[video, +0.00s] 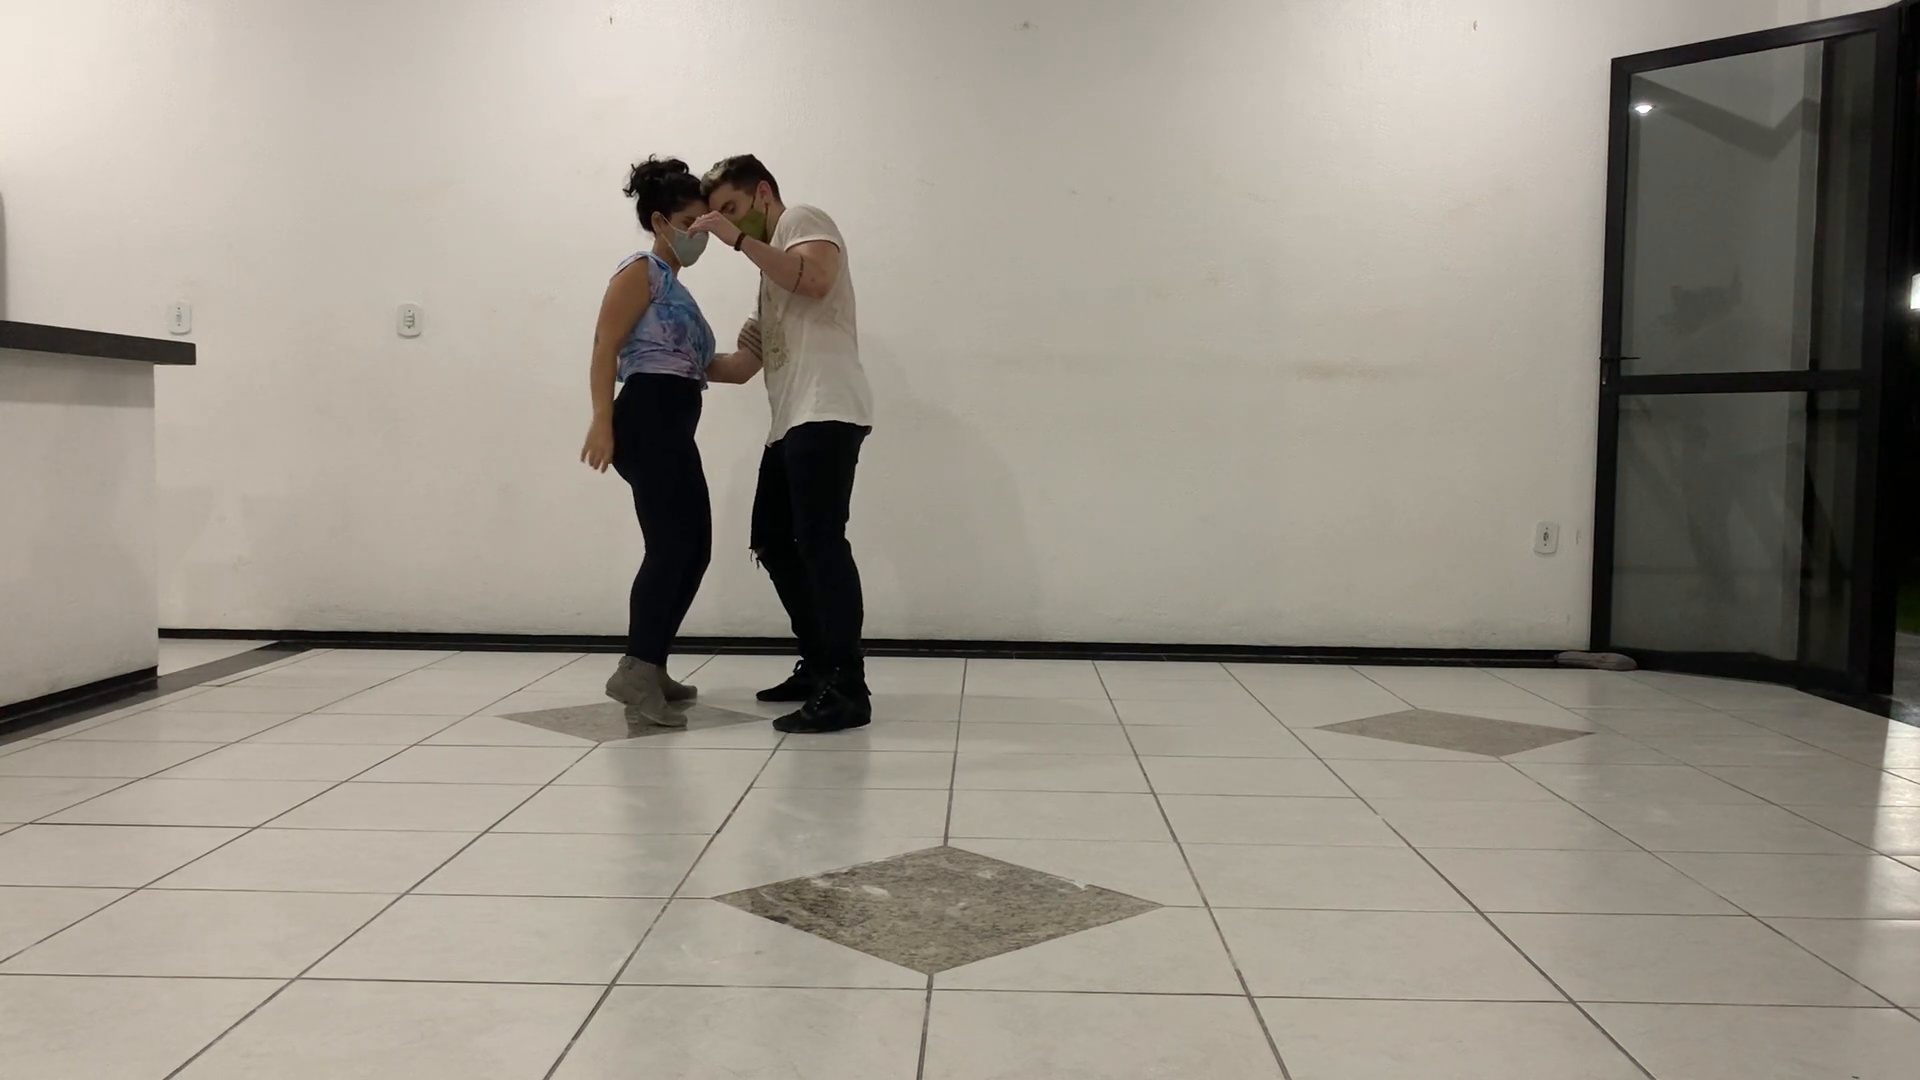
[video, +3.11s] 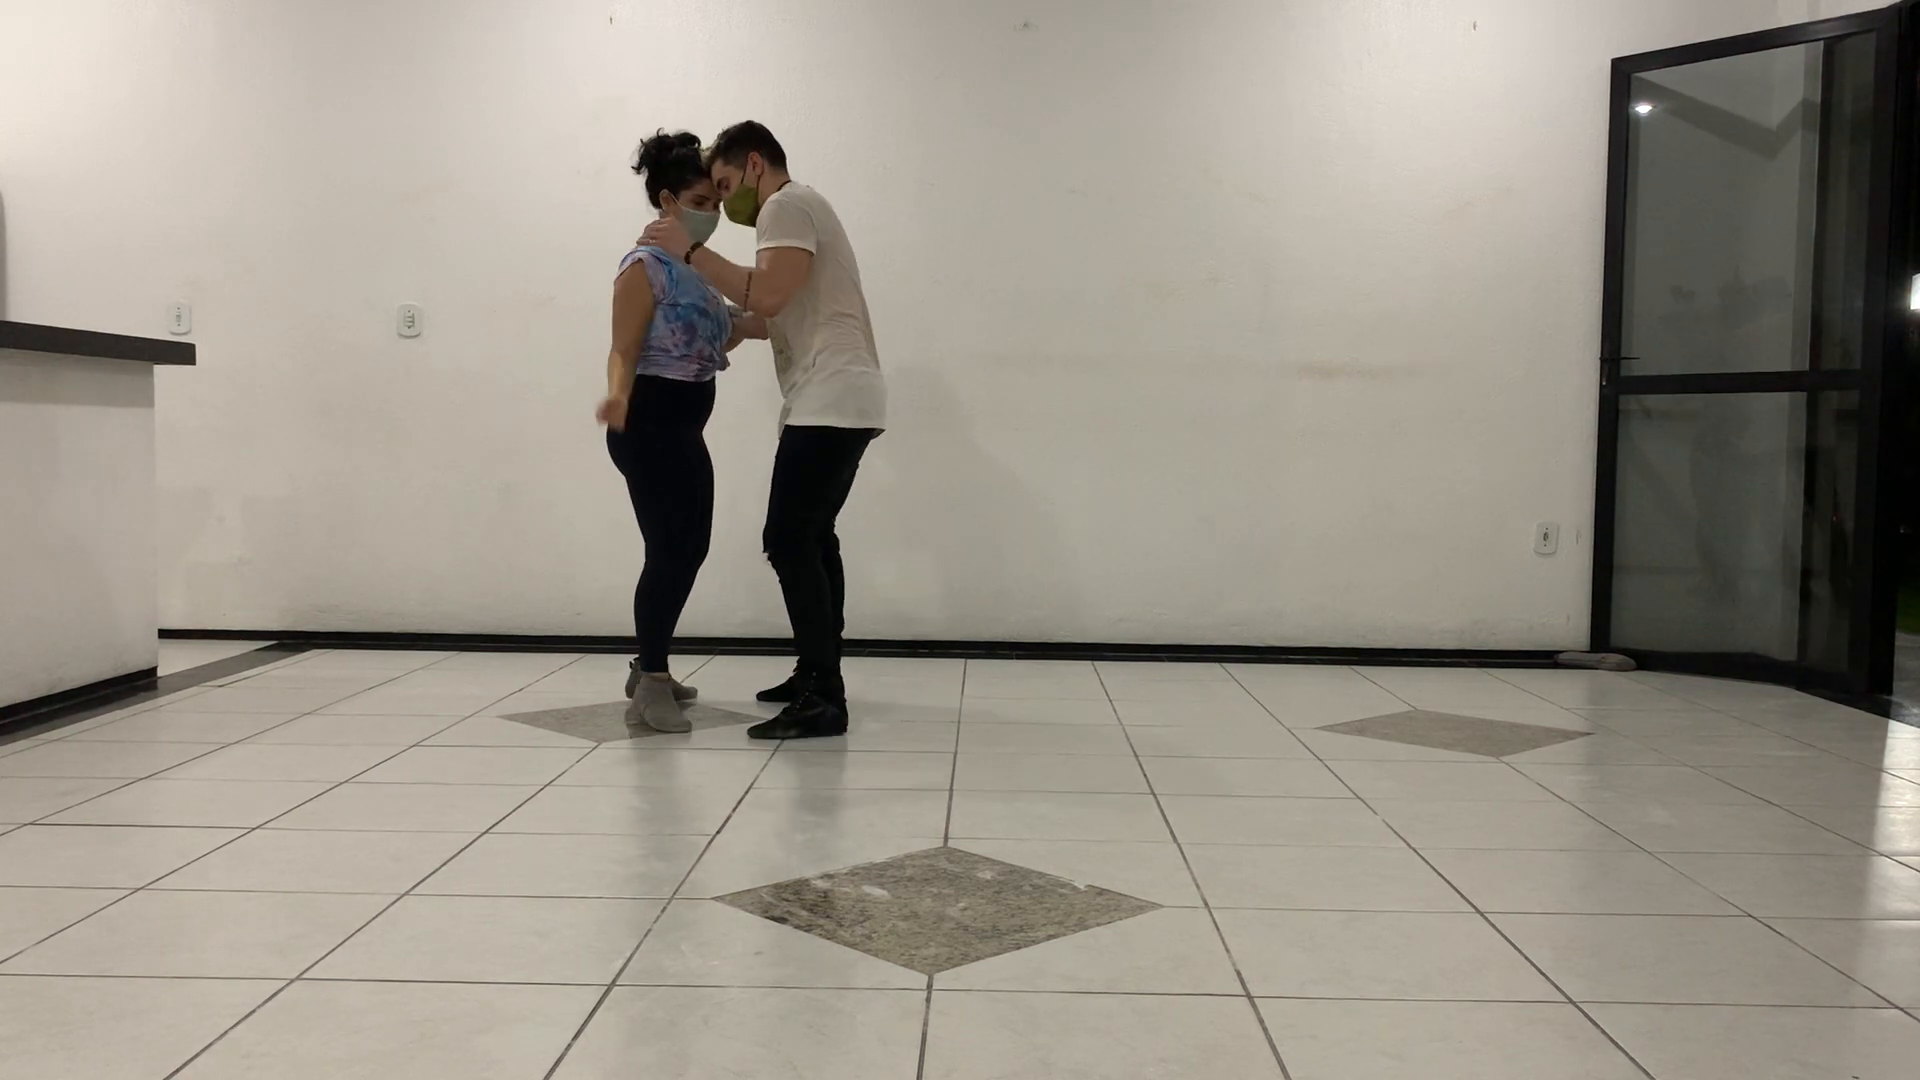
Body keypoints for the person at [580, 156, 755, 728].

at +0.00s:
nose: (701, 228)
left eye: (703, 219)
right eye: (689, 219)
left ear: (702, 222)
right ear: (658, 223)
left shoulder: (677, 294)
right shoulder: (640, 273)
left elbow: (723, 367)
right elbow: (604, 346)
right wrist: (601, 420)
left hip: (674, 417)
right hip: (647, 415)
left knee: (692, 545)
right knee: (672, 543)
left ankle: (650, 665)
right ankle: (638, 668)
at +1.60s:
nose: (694, 239)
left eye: (700, 228)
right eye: (683, 228)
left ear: (704, 230)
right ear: (654, 229)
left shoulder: (673, 291)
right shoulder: (644, 270)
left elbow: (672, 359)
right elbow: (577, 276)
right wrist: (626, 343)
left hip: (667, 429)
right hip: (639, 425)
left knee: (694, 552)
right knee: (663, 550)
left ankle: (650, 667)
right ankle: (630, 678)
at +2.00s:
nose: (700, 237)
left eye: (704, 226)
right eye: (691, 224)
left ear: (700, 230)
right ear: (658, 220)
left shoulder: (680, 296)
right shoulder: (638, 265)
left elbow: (720, 371)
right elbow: (580, 296)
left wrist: (758, 348)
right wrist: (631, 247)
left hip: (671, 426)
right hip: (641, 422)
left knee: (688, 552)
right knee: (669, 551)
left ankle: (652, 670)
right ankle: (645, 679)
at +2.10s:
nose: (700, 236)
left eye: (703, 225)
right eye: (692, 224)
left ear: (685, 232)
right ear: (663, 221)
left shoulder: (670, 279)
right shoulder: (639, 264)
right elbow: (591, 304)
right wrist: (625, 243)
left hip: (670, 424)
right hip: (644, 421)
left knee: (687, 551)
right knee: (662, 551)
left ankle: (651, 671)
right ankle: (644, 682)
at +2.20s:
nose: (700, 236)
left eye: (704, 225)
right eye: (692, 223)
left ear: (696, 231)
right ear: (661, 223)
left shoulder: (675, 283)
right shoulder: (639, 265)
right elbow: (599, 310)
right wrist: (626, 245)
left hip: (670, 424)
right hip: (643, 422)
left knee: (686, 552)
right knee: (664, 552)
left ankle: (651, 670)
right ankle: (644, 681)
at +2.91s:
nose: (711, 221)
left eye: (716, 209)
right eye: (698, 209)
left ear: (720, 208)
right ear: (668, 210)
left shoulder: (698, 278)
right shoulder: (641, 270)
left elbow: (704, 358)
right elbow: (622, 351)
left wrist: (743, 335)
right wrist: (617, 296)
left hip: (680, 423)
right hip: (642, 419)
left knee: (688, 543)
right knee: (677, 537)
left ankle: (655, 665)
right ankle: (650, 668)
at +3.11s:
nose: (712, 212)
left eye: (715, 199)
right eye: (698, 200)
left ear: (717, 198)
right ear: (664, 202)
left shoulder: (693, 268)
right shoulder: (644, 268)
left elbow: (709, 334)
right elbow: (623, 348)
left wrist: (755, 324)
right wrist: (618, 394)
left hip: (684, 420)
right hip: (649, 419)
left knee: (691, 545)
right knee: (669, 547)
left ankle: (651, 667)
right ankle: (650, 679)